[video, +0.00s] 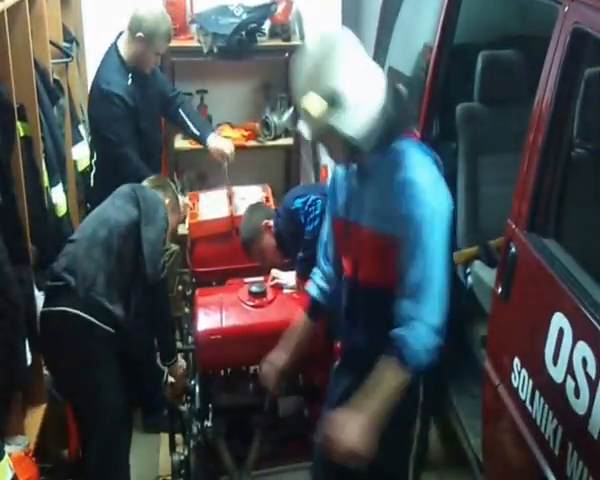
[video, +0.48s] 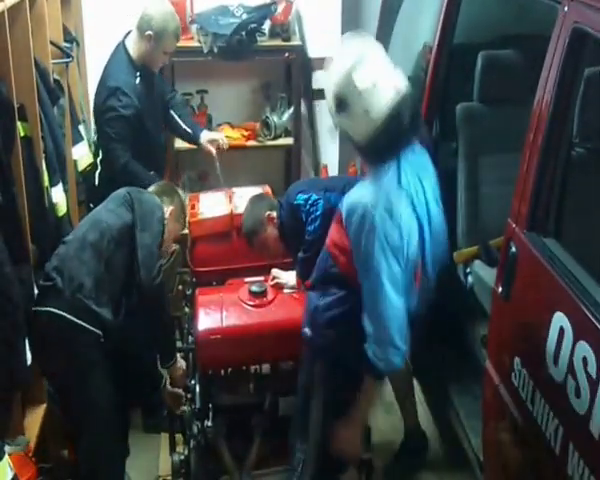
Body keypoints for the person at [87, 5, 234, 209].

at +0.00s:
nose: (159, 62)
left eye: (161, 55)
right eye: (156, 54)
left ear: (140, 40)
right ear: (139, 40)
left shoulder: (139, 61)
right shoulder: (110, 91)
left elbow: (173, 102)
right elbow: (124, 160)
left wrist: (209, 138)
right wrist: (162, 191)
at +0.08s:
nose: (160, 61)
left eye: (163, 54)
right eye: (158, 53)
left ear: (141, 39)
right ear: (140, 39)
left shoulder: (138, 61)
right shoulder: (112, 90)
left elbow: (173, 102)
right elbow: (121, 161)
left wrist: (208, 138)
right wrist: (159, 189)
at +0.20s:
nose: (162, 61)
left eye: (165, 55)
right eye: (160, 54)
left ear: (143, 38)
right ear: (143, 39)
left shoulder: (139, 59)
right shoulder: (113, 90)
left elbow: (173, 102)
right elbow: (117, 160)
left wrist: (207, 137)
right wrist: (156, 185)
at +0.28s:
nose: (163, 61)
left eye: (165, 55)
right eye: (161, 54)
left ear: (144, 38)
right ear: (144, 38)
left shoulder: (140, 60)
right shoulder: (114, 89)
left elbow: (172, 101)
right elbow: (115, 160)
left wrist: (205, 136)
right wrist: (155, 186)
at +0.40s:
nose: (166, 62)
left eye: (169, 55)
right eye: (165, 54)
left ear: (147, 39)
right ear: (147, 39)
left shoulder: (143, 63)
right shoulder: (119, 89)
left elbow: (170, 103)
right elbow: (118, 161)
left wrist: (202, 135)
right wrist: (159, 189)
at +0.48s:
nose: (167, 62)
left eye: (170, 55)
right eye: (166, 54)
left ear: (148, 39)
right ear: (148, 39)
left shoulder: (144, 63)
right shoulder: (120, 89)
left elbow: (169, 105)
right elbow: (119, 161)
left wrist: (201, 135)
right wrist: (161, 188)